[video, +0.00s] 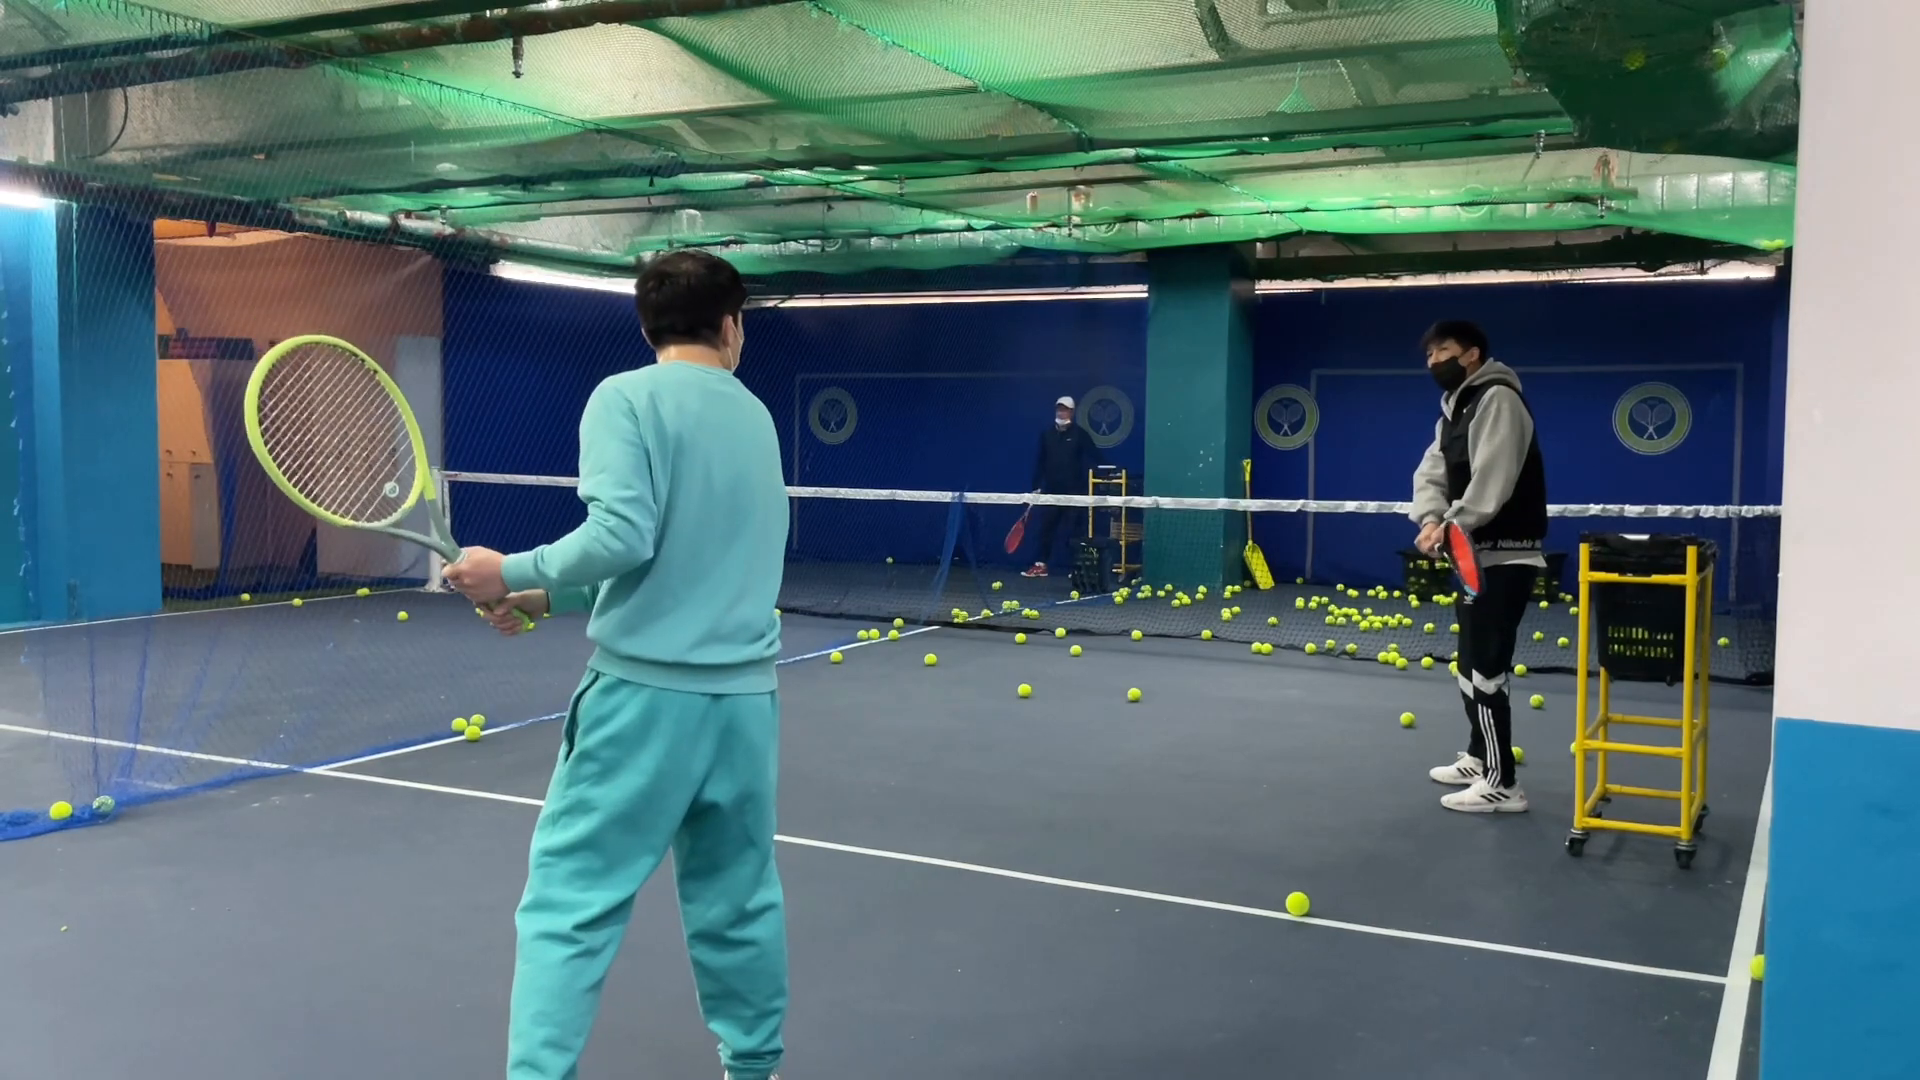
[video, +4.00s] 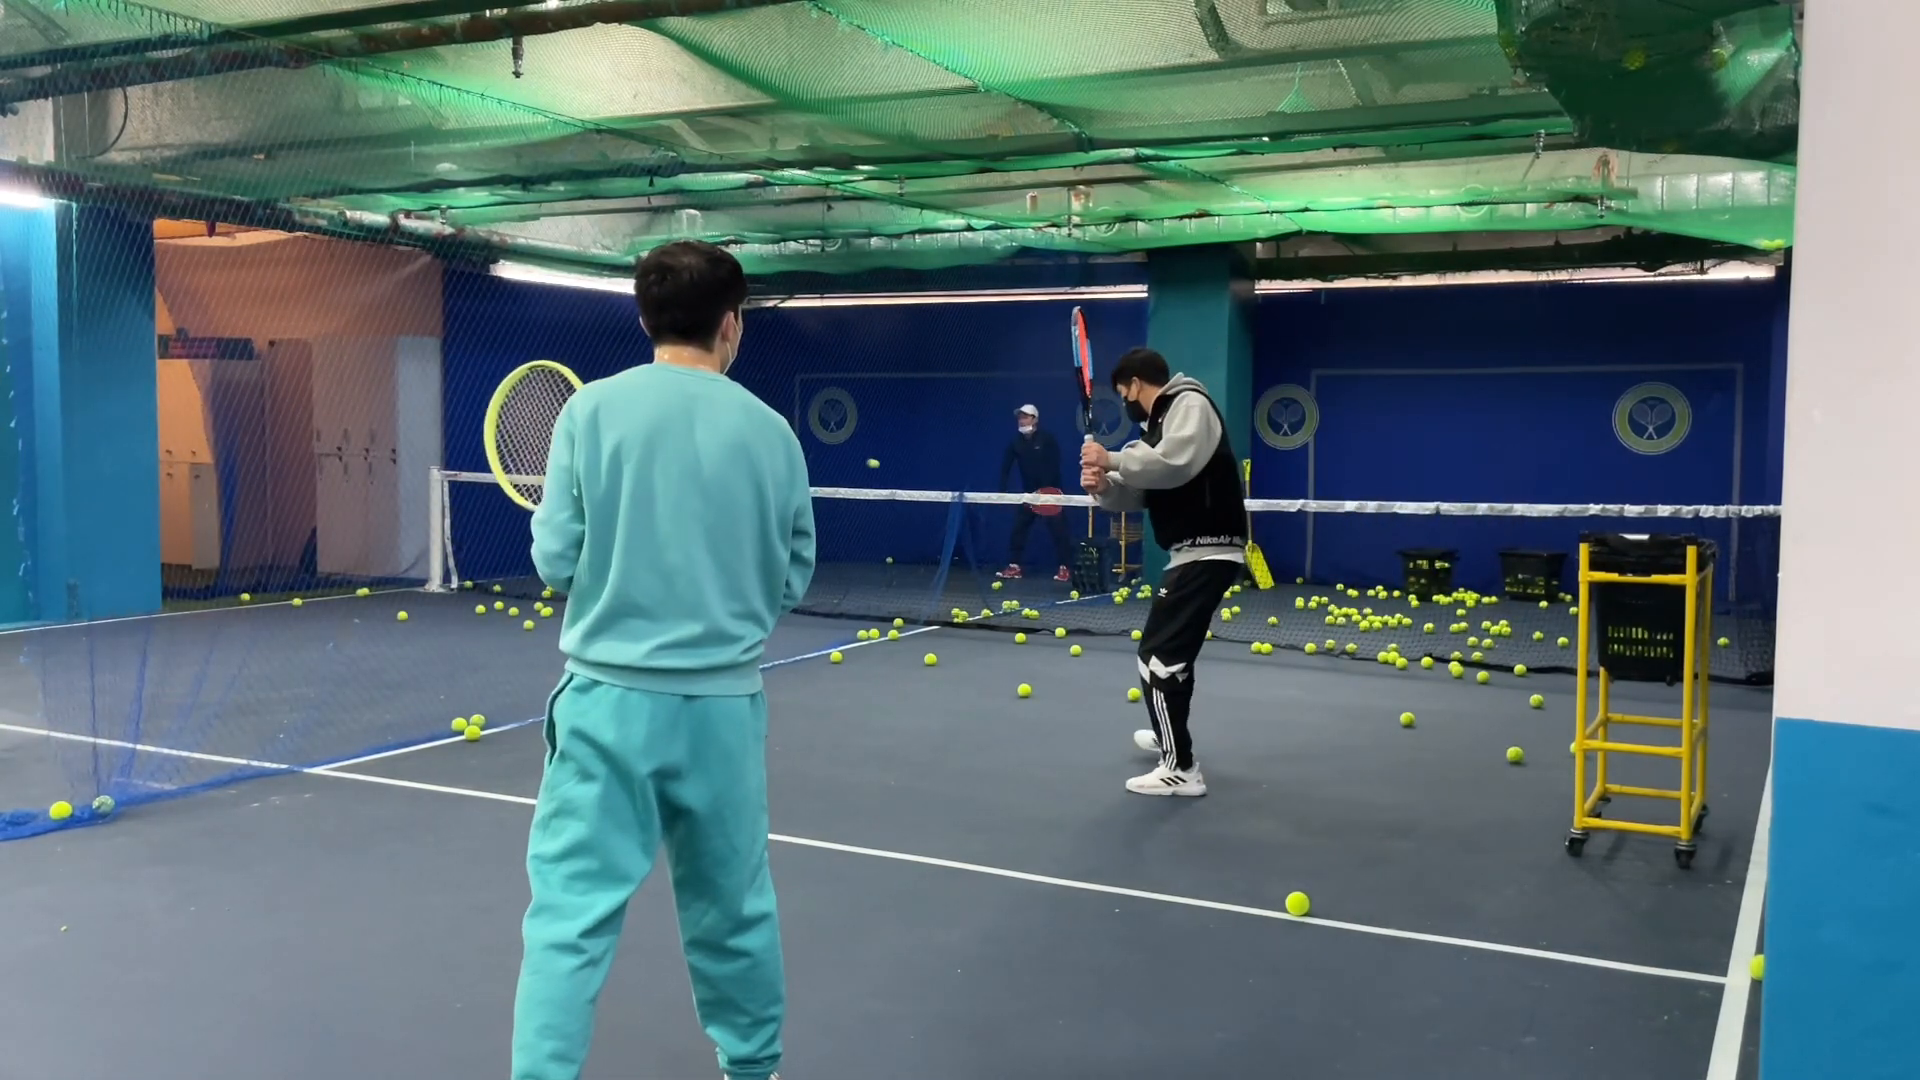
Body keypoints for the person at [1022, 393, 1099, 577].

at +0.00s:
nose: (1061, 413)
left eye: (1065, 409)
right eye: (1059, 409)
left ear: (1072, 413)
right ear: (1055, 411)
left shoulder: (1081, 435)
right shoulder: (1047, 435)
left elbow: (1093, 462)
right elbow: (1041, 462)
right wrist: (1036, 485)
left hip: (1075, 489)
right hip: (1052, 487)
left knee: (1074, 528)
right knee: (1047, 526)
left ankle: (1077, 567)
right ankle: (1041, 564)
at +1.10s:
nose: (1052, 412)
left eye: (1056, 408)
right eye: (1050, 408)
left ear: (1064, 411)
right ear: (1047, 411)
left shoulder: (1074, 433)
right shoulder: (1042, 432)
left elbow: (1084, 458)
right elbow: (1037, 454)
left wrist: (1076, 460)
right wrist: (1034, 467)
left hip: (1069, 485)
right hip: (1047, 484)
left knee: (1071, 526)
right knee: (1041, 524)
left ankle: (1076, 567)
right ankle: (1040, 564)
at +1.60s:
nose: (1056, 414)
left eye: (1060, 411)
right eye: (1054, 411)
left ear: (1067, 412)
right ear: (1050, 413)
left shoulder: (1076, 433)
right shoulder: (1045, 432)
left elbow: (1084, 459)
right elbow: (1034, 452)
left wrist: (1078, 461)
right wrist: (1048, 452)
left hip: (1070, 485)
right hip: (1048, 484)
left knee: (1071, 525)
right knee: (1044, 524)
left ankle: (1074, 565)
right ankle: (1040, 563)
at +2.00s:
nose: (1067, 408)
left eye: (1070, 405)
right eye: (1064, 405)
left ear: (1075, 408)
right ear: (1058, 408)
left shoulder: (1078, 432)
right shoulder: (1048, 428)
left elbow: (1083, 456)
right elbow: (1030, 445)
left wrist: (1089, 460)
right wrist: (1027, 460)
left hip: (1071, 484)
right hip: (1048, 483)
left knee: (1072, 524)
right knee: (1046, 523)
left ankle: (1072, 565)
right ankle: (1044, 564)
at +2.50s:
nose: (1039, 411)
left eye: (1043, 408)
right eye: (1036, 408)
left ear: (1050, 410)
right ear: (1032, 411)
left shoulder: (1059, 433)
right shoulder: (1025, 433)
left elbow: (1071, 459)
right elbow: (1015, 457)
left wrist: (1062, 459)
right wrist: (1009, 478)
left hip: (1053, 485)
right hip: (1032, 484)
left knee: (1049, 524)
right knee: (1036, 525)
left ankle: (1046, 565)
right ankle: (1042, 565)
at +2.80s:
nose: (1030, 412)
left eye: (1034, 409)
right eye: (1028, 408)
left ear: (1043, 412)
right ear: (1025, 411)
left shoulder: (1052, 434)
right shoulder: (1022, 435)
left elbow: (1057, 464)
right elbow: (1015, 462)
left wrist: (1037, 470)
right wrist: (1010, 477)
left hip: (1046, 489)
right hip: (1025, 488)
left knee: (1042, 528)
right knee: (1018, 528)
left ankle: (1037, 569)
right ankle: (1036, 559)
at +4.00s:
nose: (1022, 420)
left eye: (1026, 417)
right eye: (1020, 417)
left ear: (1035, 419)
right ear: (1018, 420)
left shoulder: (1047, 439)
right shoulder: (1015, 442)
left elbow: (1054, 465)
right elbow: (1006, 468)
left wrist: (1052, 490)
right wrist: (1002, 492)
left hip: (1050, 491)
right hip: (1028, 491)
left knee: (1058, 530)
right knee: (1019, 529)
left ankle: (1064, 566)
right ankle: (1015, 565)